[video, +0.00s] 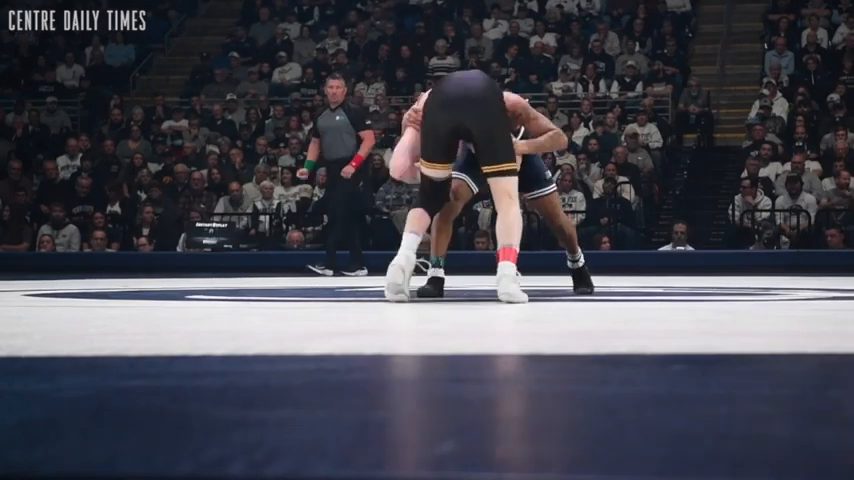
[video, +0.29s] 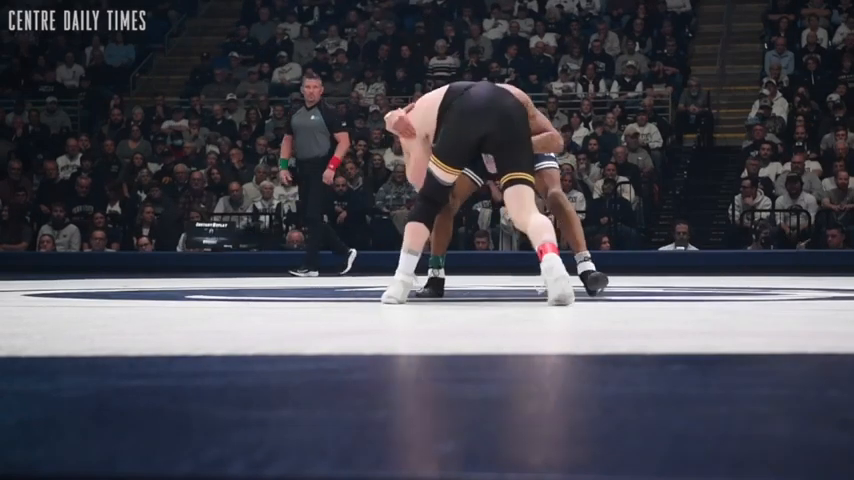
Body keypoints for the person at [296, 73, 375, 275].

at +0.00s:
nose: (334, 91)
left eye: (338, 87)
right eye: (330, 87)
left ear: (345, 90)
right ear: (325, 90)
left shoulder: (354, 112)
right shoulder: (321, 118)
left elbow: (369, 139)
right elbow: (315, 143)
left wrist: (354, 164)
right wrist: (307, 167)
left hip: (351, 168)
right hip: (332, 170)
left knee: (339, 214)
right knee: (344, 215)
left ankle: (330, 263)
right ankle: (357, 263)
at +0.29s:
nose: (311, 91)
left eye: (315, 87)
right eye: (308, 87)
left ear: (321, 90)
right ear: (302, 89)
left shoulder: (328, 112)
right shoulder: (295, 114)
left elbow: (344, 141)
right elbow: (288, 140)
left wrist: (332, 167)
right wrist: (284, 165)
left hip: (321, 167)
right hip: (301, 168)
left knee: (314, 216)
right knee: (308, 217)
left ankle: (311, 266)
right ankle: (345, 252)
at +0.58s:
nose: (287, 88)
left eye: (291, 84)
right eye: (283, 84)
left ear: (298, 86)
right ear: (277, 86)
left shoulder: (306, 109)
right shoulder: (273, 112)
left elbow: (313, 138)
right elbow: (267, 140)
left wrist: (290, 158)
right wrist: (260, 165)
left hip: (301, 166)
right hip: (278, 166)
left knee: (303, 213)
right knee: (268, 210)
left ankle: (308, 263)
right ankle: (275, 260)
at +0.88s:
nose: (253, 88)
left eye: (257, 84)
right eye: (250, 84)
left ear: (264, 87)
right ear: (243, 87)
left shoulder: (270, 108)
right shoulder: (239, 113)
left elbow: (281, 138)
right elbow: (235, 140)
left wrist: (262, 161)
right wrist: (230, 168)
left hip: (268, 166)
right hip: (245, 167)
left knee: (273, 211)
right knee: (241, 213)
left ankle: (301, 256)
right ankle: (241, 265)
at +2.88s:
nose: (44, 73)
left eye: (49, 68)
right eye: (40, 68)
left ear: (54, 71)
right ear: (31, 70)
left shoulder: (61, 95)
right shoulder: (23, 95)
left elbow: (72, 129)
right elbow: (13, 126)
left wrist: (58, 158)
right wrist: (4, 154)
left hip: (51, 158)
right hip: (27, 158)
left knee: (52, 207)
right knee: (24, 209)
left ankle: (56, 263)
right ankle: (39, 259)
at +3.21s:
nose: (5, 72)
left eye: (9, 68)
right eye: (2, 67)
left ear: (15, 70)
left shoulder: (21, 94)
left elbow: (36, 128)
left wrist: (21, 157)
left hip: (15, 156)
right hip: (5, 157)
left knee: (26, 207)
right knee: (22, 208)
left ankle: (51, 262)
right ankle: (48, 261)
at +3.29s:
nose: (0, 69)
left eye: (1, 65)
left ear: (5, 67)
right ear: (1, 68)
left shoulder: (10, 91)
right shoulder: (10, 92)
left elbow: (27, 125)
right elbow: (26, 125)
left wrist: (16, 158)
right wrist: (16, 157)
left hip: (8, 156)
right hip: (6, 156)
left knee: (19, 208)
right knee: (18, 209)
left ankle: (43, 257)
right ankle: (43, 256)